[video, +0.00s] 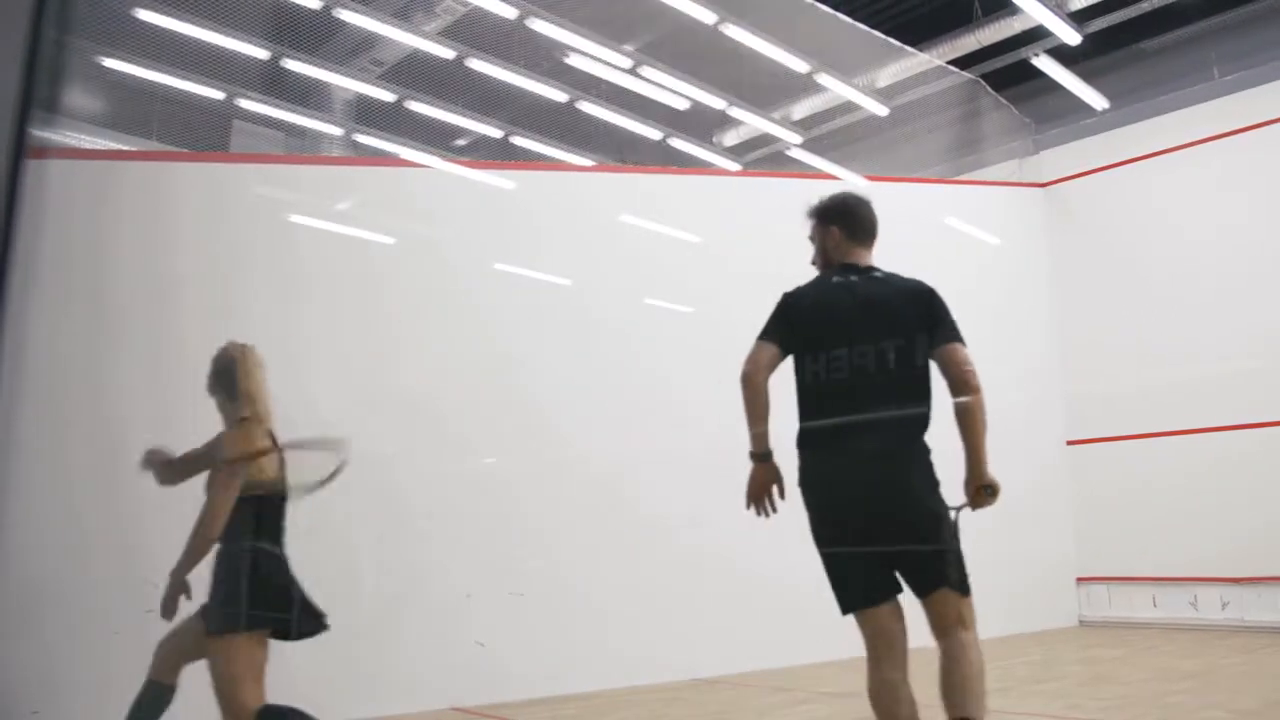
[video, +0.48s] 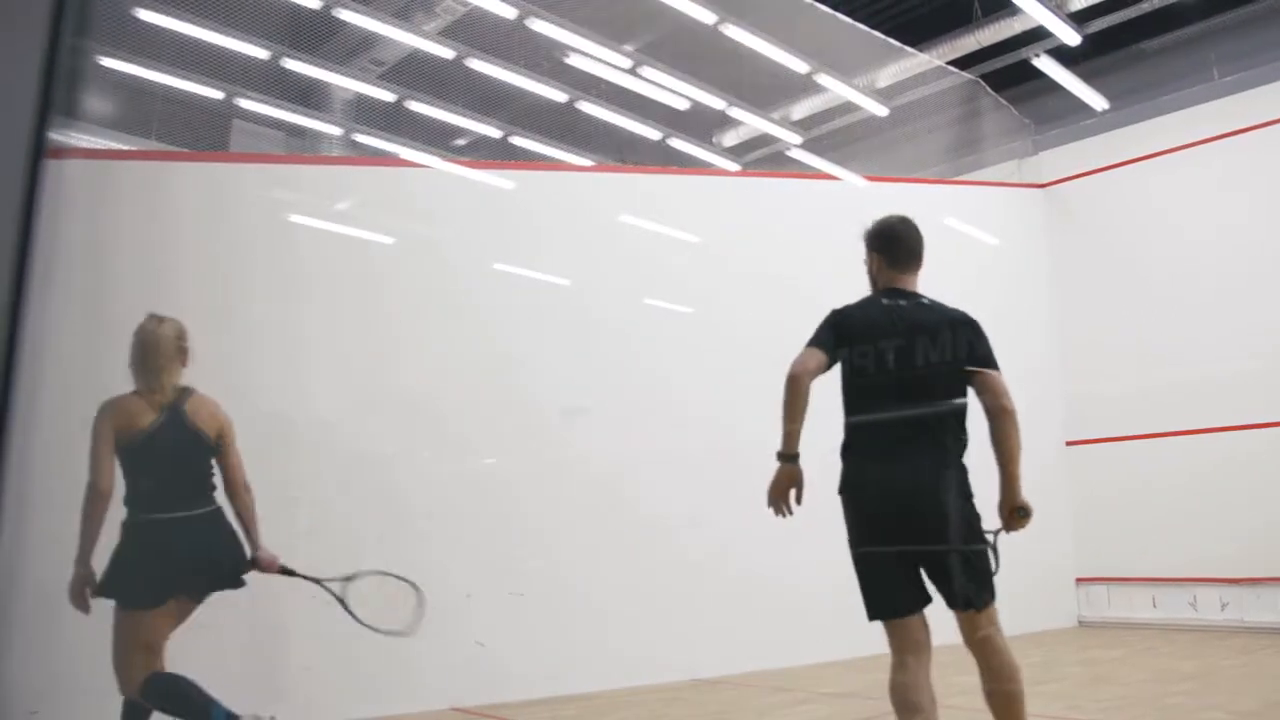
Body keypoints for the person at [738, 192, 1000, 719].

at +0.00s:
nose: (811, 252)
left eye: (813, 239)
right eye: (811, 240)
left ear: (831, 236)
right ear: (869, 240)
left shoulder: (800, 304)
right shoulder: (916, 296)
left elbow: (753, 373)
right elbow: (964, 383)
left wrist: (761, 458)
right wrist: (978, 469)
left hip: (831, 489)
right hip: (904, 481)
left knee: (883, 638)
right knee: (955, 627)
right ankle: (968, 713)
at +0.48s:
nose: (868, 267)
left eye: (868, 261)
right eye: (871, 261)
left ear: (871, 263)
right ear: (921, 262)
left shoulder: (846, 323)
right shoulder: (958, 325)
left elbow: (799, 373)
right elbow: (1001, 407)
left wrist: (788, 458)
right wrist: (1011, 491)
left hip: (871, 507)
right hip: (942, 504)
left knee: (908, 648)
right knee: (985, 635)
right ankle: (1013, 717)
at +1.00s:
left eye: (860, 268)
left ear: (861, 271)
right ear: (911, 268)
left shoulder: (844, 324)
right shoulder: (951, 328)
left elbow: (814, 379)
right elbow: (986, 406)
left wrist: (806, 457)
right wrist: (980, 481)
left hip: (871, 498)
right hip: (941, 498)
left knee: (835, 624)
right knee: (980, 634)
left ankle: (855, 714)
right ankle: (1009, 715)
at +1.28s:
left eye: (830, 282)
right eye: (873, 280)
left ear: (827, 286)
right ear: (877, 284)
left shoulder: (818, 338)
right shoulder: (918, 340)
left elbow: (801, 402)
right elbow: (957, 417)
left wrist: (790, 480)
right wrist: (938, 484)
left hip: (856, 511)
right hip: (924, 509)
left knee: (796, 630)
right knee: (970, 638)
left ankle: (774, 719)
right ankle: (1007, 718)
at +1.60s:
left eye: (777, 294)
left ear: (778, 298)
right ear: (826, 294)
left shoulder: (773, 350)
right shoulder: (865, 350)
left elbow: (766, 425)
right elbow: (896, 431)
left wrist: (754, 502)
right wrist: (866, 479)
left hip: (812, 514)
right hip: (878, 512)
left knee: (759, 629)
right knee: (932, 635)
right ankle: (986, 717)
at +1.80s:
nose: (758, 296)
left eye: (753, 291)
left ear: (754, 294)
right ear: (802, 291)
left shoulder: (752, 344)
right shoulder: (840, 347)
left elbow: (751, 423)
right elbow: (859, 435)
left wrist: (738, 496)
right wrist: (836, 485)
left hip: (797, 509)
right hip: (860, 508)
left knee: (752, 629)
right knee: (896, 624)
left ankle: (750, 719)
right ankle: (958, 716)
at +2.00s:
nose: (742, 299)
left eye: (741, 292)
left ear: (742, 293)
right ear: (788, 291)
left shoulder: (741, 339)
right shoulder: (819, 345)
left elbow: (743, 410)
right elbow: (826, 440)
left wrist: (724, 486)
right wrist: (762, 478)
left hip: (791, 501)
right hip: (848, 498)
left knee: (751, 629)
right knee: (865, 618)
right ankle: (929, 715)